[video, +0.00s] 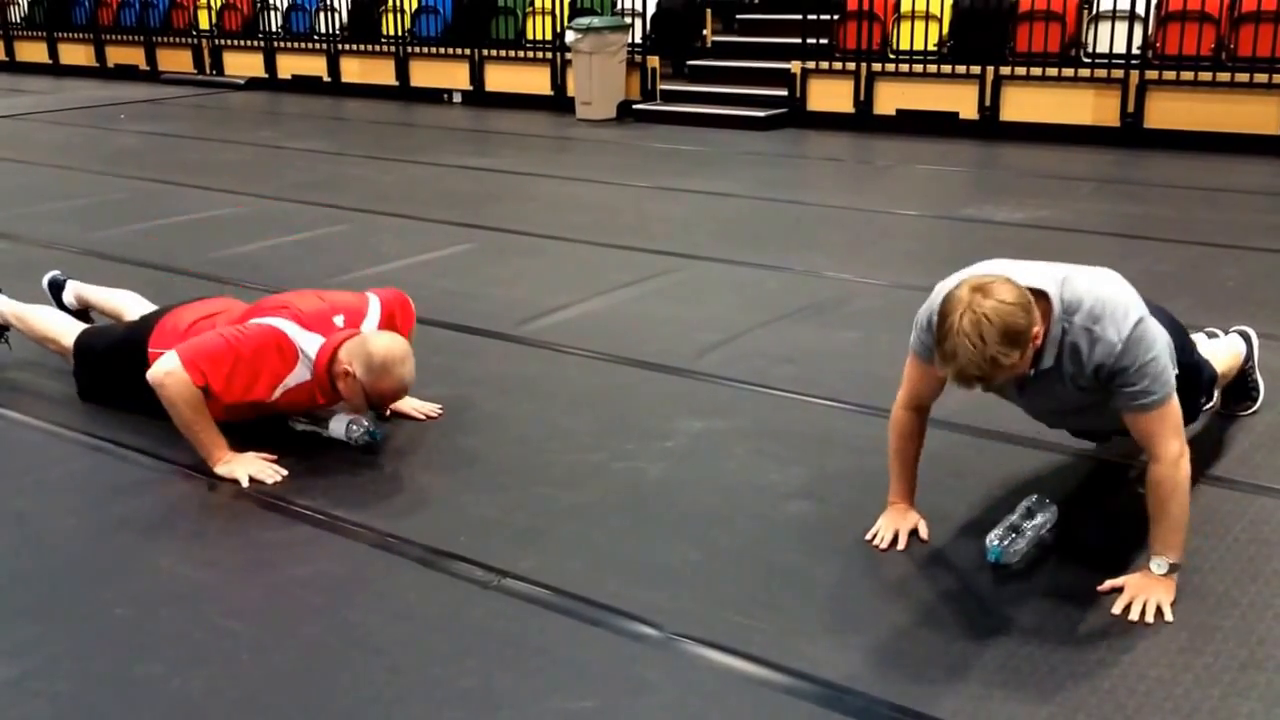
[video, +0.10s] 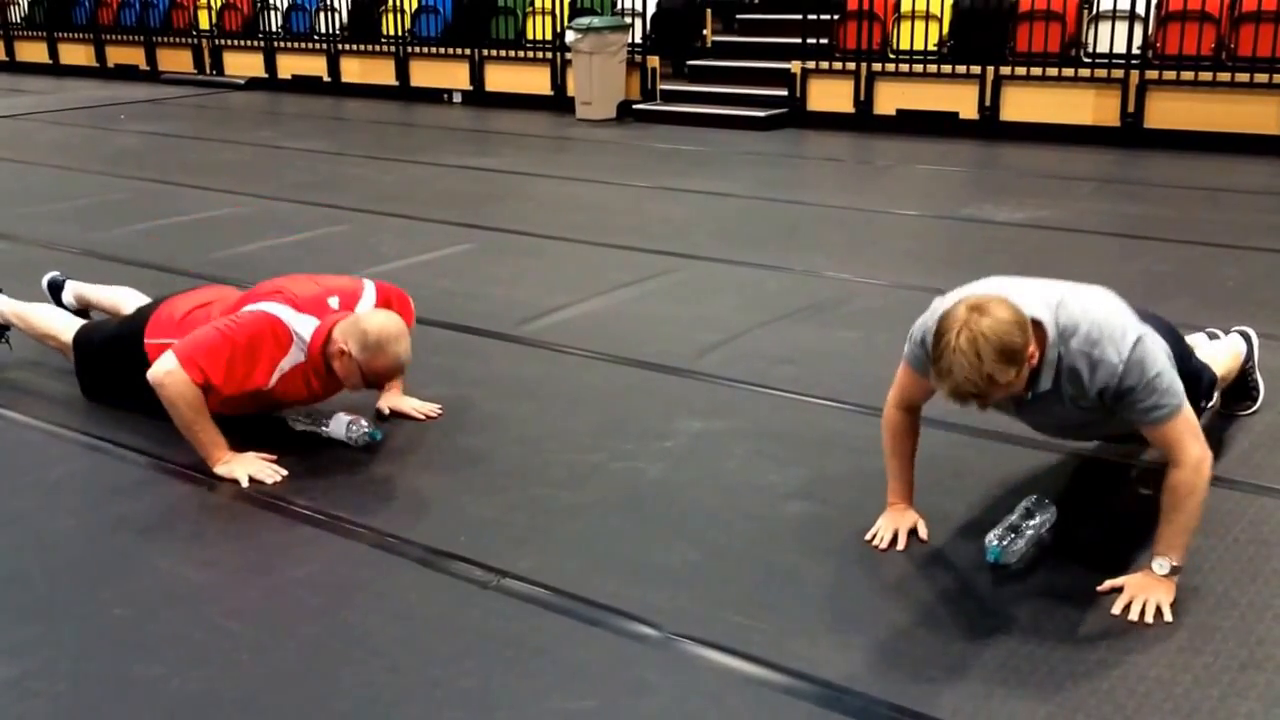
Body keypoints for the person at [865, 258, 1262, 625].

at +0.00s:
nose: (992, 386)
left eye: (1003, 375)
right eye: (980, 378)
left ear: (1035, 336)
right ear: (953, 341)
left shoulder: (1122, 334)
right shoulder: (945, 315)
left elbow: (1169, 454)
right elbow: (911, 406)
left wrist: (1161, 569)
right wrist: (899, 502)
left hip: (1148, 377)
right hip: (1064, 400)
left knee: (1198, 385)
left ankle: (1236, 351)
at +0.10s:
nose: (989, 405)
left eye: (999, 392)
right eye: (975, 396)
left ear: (1030, 352)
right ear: (957, 364)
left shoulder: (1120, 352)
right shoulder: (939, 332)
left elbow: (1194, 458)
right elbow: (901, 407)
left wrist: (1162, 570)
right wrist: (898, 502)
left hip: (1148, 375)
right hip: (1062, 403)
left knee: (1198, 377)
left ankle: (1238, 348)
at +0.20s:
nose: (987, 450)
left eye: (993, 441)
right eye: (974, 444)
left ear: (1022, 403)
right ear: (946, 403)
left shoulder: (1107, 389)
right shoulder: (936, 360)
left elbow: (1213, 467)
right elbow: (887, 408)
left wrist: (1163, 570)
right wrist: (897, 503)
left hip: (1141, 388)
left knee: (1200, 390)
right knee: (1148, 364)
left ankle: (1236, 346)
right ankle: (1202, 340)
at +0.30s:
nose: (981, 496)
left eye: (985, 487)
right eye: (968, 490)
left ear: (1014, 451)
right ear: (934, 432)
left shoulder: (1105, 423)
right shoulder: (941, 383)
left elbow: (1223, 475)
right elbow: (879, 409)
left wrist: (1163, 571)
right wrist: (896, 502)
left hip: (1141, 406)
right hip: (1077, 379)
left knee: (1196, 399)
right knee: (1135, 376)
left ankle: (1235, 346)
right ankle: (1199, 341)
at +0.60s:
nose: (990, 441)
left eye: (995, 431)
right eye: (975, 435)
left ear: (1023, 391)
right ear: (946, 388)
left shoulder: (1110, 374)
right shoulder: (933, 348)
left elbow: (1202, 466)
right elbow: (889, 408)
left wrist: (1161, 571)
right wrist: (896, 504)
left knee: (1196, 389)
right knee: (1151, 363)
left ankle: (1238, 346)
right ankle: (1201, 340)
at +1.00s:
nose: (979, 483)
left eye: (984, 475)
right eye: (962, 478)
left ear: (1009, 432)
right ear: (932, 427)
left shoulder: (1100, 407)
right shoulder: (930, 372)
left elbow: (1210, 469)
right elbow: (880, 412)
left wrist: (1158, 572)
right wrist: (893, 503)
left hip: (1137, 398)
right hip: (1087, 372)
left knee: (1193, 393)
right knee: (1133, 365)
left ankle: (1235, 346)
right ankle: (1201, 339)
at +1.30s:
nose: (990, 463)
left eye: (992, 452)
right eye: (974, 459)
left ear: (1014, 412)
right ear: (941, 417)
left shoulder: (1104, 394)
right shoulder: (930, 361)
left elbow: (1208, 469)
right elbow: (883, 410)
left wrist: (1158, 571)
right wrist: (894, 504)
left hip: (1136, 388)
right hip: (1084, 365)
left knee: (1195, 390)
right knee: (1139, 363)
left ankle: (1234, 345)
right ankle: (1198, 340)